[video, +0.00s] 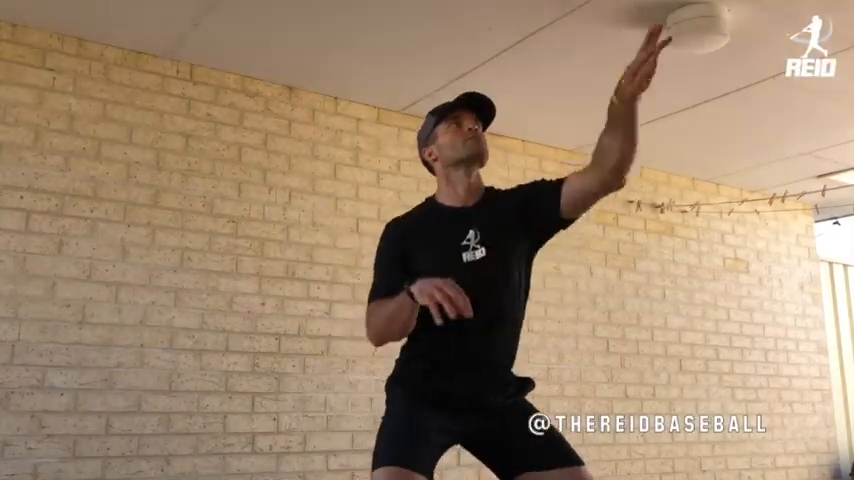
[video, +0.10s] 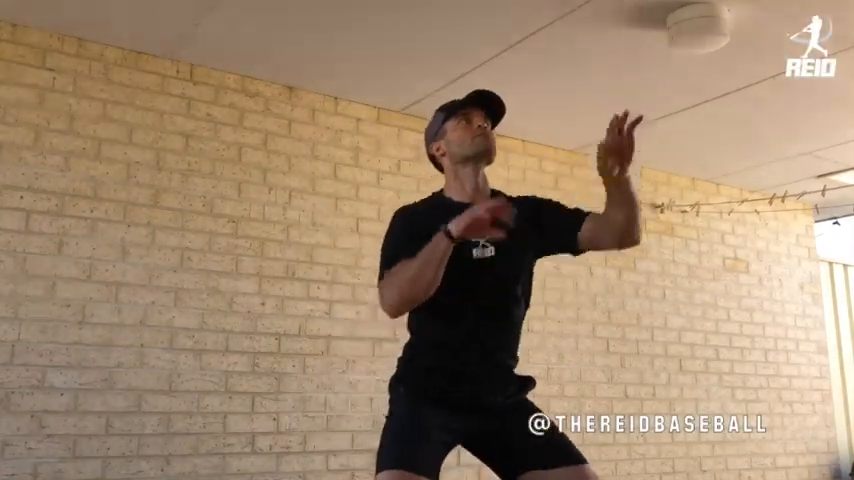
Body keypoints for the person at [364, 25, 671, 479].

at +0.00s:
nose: (472, 128)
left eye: (477, 124)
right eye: (455, 124)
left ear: (486, 146)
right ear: (430, 154)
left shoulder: (520, 209)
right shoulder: (403, 232)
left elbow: (606, 175)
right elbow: (379, 331)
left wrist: (625, 99)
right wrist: (413, 293)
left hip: (496, 395)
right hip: (420, 396)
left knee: (573, 476)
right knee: (394, 475)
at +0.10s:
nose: (480, 122)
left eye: (485, 120)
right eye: (463, 119)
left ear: (494, 143)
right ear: (438, 148)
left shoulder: (526, 214)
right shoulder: (414, 219)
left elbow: (623, 233)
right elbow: (393, 301)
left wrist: (616, 175)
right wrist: (451, 234)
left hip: (497, 395)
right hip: (425, 395)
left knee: (577, 475)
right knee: (399, 473)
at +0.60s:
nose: (529, 141)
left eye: (532, 138)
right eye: (513, 136)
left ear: (537, 160)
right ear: (485, 161)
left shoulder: (544, 249)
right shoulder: (469, 198)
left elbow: (595, 316)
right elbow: (498, 221)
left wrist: (600, 257)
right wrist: (584, 186)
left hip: (503, 396)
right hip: (441, 389)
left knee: (578, 474)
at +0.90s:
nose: (520, 163)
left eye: (523, 160)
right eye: (504, 158)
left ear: (529, 182)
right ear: (475, 184)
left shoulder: (552, 250)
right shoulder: (435, 240)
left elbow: (651, 217)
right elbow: (367, 302)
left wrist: (714, 150)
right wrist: (425, 304)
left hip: (483, 417)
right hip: (413, 402)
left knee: (568, 478)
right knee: (385, 476)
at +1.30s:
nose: (537, 172)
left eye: (540, 166)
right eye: (519, 164)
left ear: (546, 183)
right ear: (489, 186)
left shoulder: (546, 277)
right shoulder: (464, 226)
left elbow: (575, 350)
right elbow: (463, 233)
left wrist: (629, 352)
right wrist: (562, 220)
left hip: (486, 419)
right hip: (419, 407)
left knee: (570, 475)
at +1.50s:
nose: (532, 177)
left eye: (534, 171)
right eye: (514, 168)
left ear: (542, 182)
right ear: (483, 189)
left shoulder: (522, 272)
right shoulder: (478, 230)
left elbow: (527, 354)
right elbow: (555, 190)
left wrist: (582, 352)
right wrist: (641, 122)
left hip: (478, 423)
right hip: (417, 415)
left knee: (570, 475)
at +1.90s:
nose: (472, 150)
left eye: (476, 145)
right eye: (454, 144)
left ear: (484, 164)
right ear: (426, 172)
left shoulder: (511, 232)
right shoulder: (395, 242)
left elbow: (597, 195)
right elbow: (339, 323)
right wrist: (406, 308)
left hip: (470, 410)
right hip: (400, 406)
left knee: (557, 476)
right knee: (381, 475)